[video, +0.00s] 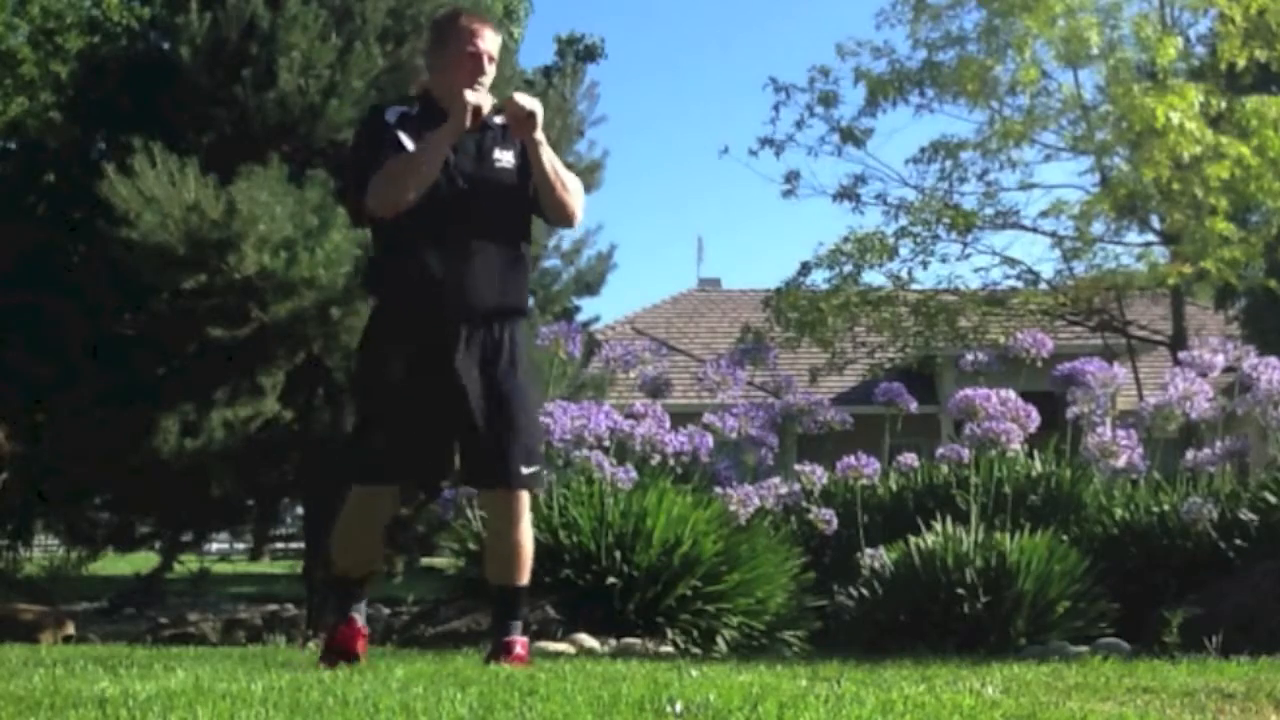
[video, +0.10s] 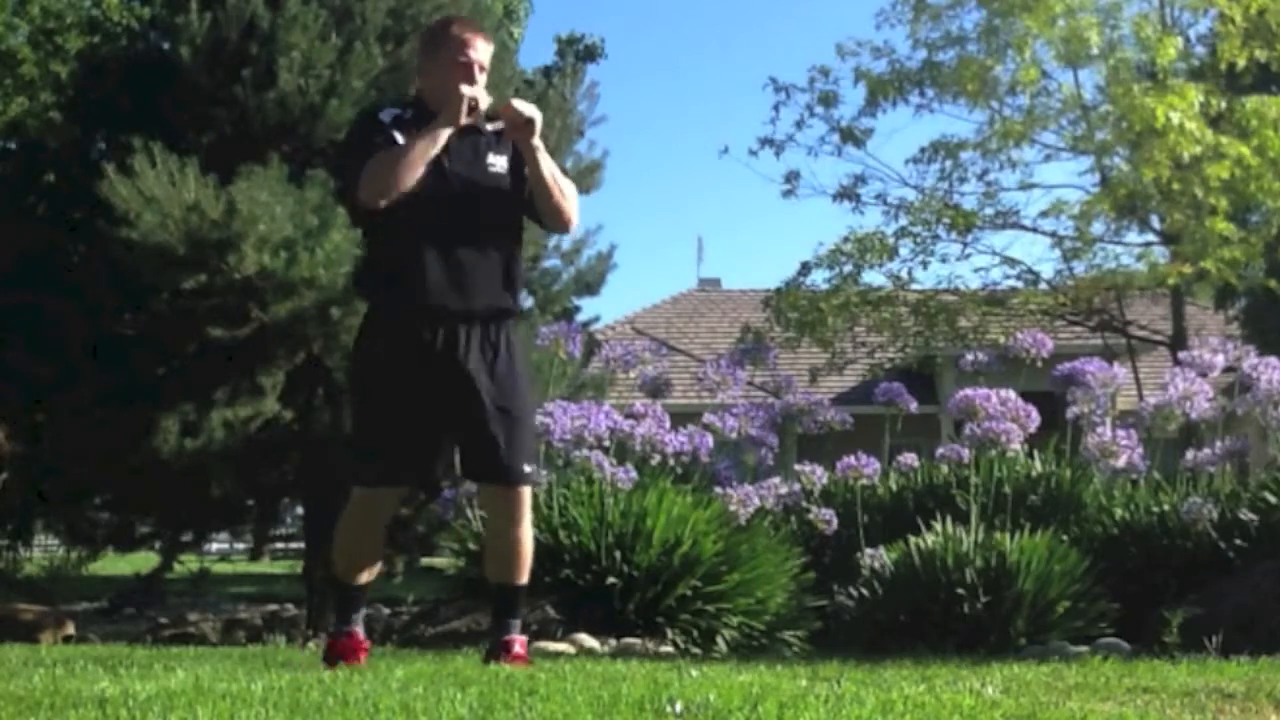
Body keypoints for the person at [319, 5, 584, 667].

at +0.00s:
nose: (482, 68)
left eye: (489, 60)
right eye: (469, 56)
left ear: (499, 70)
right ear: (432, 61)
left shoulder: (513, 139)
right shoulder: (394, 127)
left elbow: (569, 212)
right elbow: (382, 201)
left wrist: (535, 139)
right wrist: (455, 127)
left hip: (496, 334)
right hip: (409, 331)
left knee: (509, 485)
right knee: (379, 483)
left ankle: (509, 634)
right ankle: (346, 618)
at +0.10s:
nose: (473, 77)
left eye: (482, 69)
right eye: (461, 64)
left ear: (491, 79)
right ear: (423, 66)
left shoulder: (509, 144)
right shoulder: (385, 128)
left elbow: (565, 216)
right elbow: (374, 193)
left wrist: (533, 144)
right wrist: (448, 124)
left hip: (492, 336)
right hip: (404, 333)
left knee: (511, 486)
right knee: (380, 488)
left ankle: (508, 635)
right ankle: (347, 627)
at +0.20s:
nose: (465, 95)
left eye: (474, 87)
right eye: (452, 82)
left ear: (482, 98)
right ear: (414, 84)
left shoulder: (504, 167)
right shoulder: (376, 150)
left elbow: (554, 241)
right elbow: (370, 204)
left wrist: (522, 167)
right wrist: (441, 137)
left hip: (486, 359)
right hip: (395, 356)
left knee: (514, 497)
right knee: (370, 503)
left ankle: (507, 639)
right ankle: (349, 640)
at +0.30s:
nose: (462, 82)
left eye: (471, 73)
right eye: (449, 68)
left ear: (480, 83)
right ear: (412, 69)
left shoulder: (496, 151)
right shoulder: (372, 139)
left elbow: (542, 233)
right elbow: (362, 210)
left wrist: (514, 169)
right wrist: (433, 146)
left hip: (484, 346)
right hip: (394, 344)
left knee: (509, 488)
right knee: (371, 496)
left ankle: (507, 635)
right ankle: (346, 635)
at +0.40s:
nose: (459, 71)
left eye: (469, 62)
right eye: (447, 57)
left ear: (477, 71)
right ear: (409, 58)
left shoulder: (494, 136)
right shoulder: (371, 124)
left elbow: (546, 218)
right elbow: (354, 197)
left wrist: (513, 156)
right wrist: (426, 137)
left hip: (481, 330)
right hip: (392, 330)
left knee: (508, 475)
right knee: (369, 486)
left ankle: (508, 633)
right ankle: (344, 633)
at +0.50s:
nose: (453, 86)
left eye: (463, 78)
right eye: (442, 73)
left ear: (472, 87)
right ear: (406, 71)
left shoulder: (494, 151)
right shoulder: (367, 141)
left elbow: (551, 225)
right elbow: (349, 200)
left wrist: (514, 161)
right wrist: (422, 132)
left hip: (481, 344)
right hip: (390, 343)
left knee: (506, 492)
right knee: (369, 499)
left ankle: (502, 637)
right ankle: (348, 636)